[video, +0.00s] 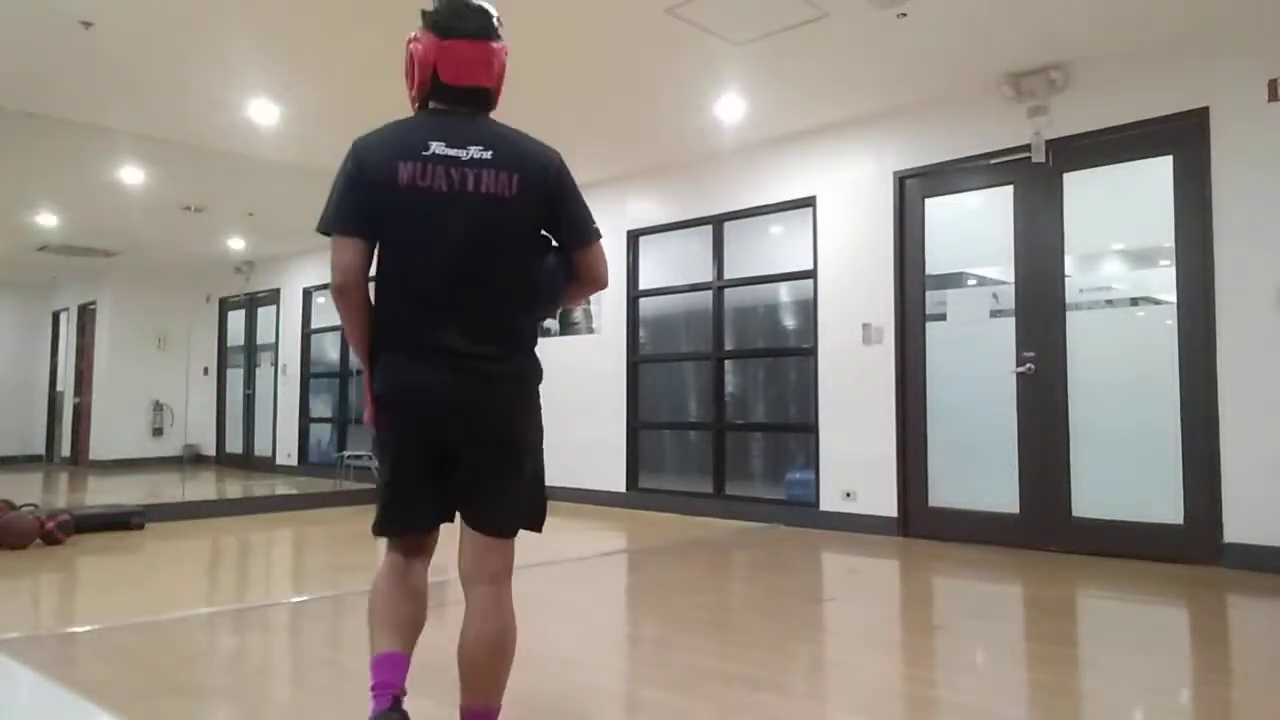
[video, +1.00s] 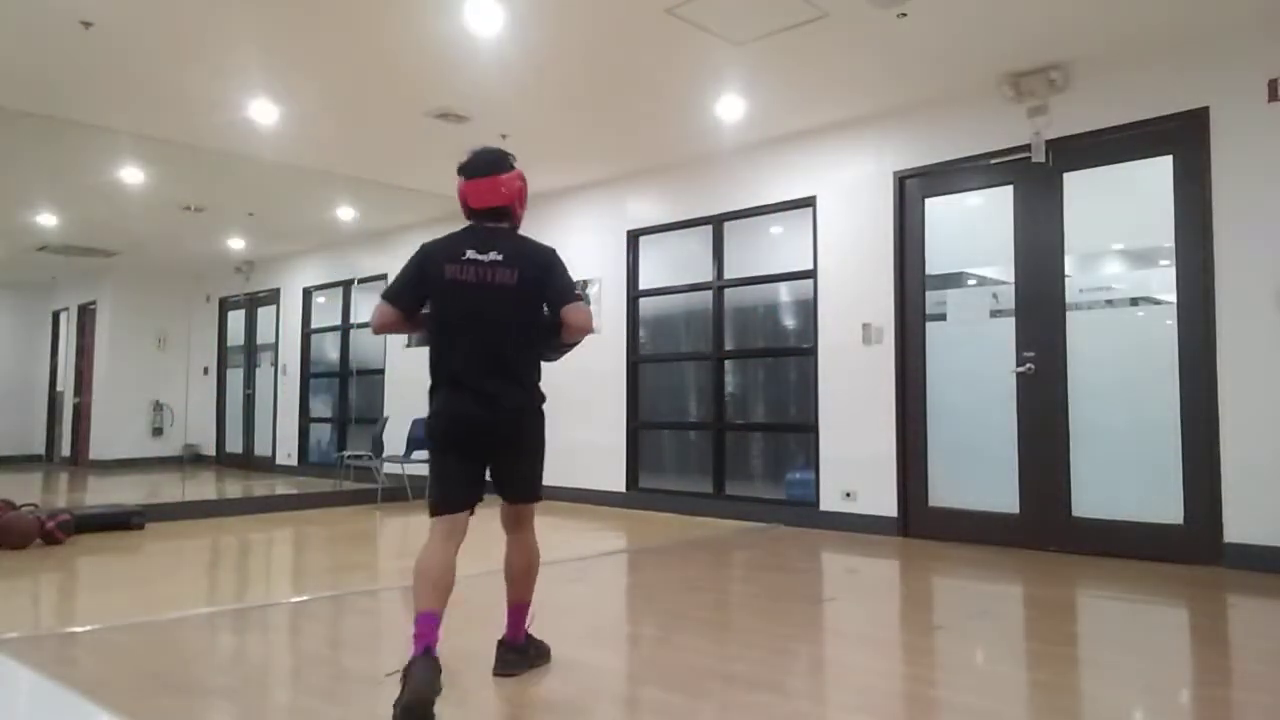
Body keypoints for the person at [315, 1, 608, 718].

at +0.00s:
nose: (412, 67)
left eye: (415, 57)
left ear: (420, 66)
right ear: (499, 70)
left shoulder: (375, 153)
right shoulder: (540, 163)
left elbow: (347, 278)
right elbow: (591, 273)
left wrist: (373, 367)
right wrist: (524, 301)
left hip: (407, 388)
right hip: (501, 394)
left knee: (405, 552)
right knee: (489, 576)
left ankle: (386, 704)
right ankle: (480, 716)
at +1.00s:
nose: (519, 198)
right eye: (518, 190)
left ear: (463, 199)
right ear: (517, 198)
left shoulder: (434, 254)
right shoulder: (539, 257)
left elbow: (384, 320)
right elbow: (578, 323)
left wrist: (434, 319)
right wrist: (549, 340)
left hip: (452, 412)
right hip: (517, 414)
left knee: (445, 530)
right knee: (519, 526)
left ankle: (423, 654)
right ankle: (515, 641)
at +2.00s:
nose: (565, 242)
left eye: (557, 235)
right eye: (561, 235)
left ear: (517, 243)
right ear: (556, 239)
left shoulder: (496, 286)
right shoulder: (573, 284)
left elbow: (481, 333)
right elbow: (603, 338)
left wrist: (521, 330)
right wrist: (569, 334)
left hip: (513, 409)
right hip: (562, 408)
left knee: (519, 500)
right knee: (579, 492)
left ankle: (521, 607)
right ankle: (586, 586)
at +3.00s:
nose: (599, 272)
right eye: (598, 267)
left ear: (564, 275)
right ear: (598, 271)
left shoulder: (550, 314)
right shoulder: (618, 312)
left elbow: (529, 363)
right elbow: (647, 354)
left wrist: (552, 385)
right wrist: (628, 388)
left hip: (567, 411)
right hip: (605, 409)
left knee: (573, 487)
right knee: (609, 487)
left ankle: (575, 564)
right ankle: (597, 552)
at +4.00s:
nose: (606, 289)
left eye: (607, 285)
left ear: (611, 288)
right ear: (640, 289)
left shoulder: (597, 320)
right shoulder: (655, 323)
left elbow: (570, 354)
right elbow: (667, 361)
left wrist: (595, 352)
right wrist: (643, 353)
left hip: (607, 411)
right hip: (643, 411)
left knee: (606, 477)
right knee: (637, 480)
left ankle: (607, 546)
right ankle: (633, 554)